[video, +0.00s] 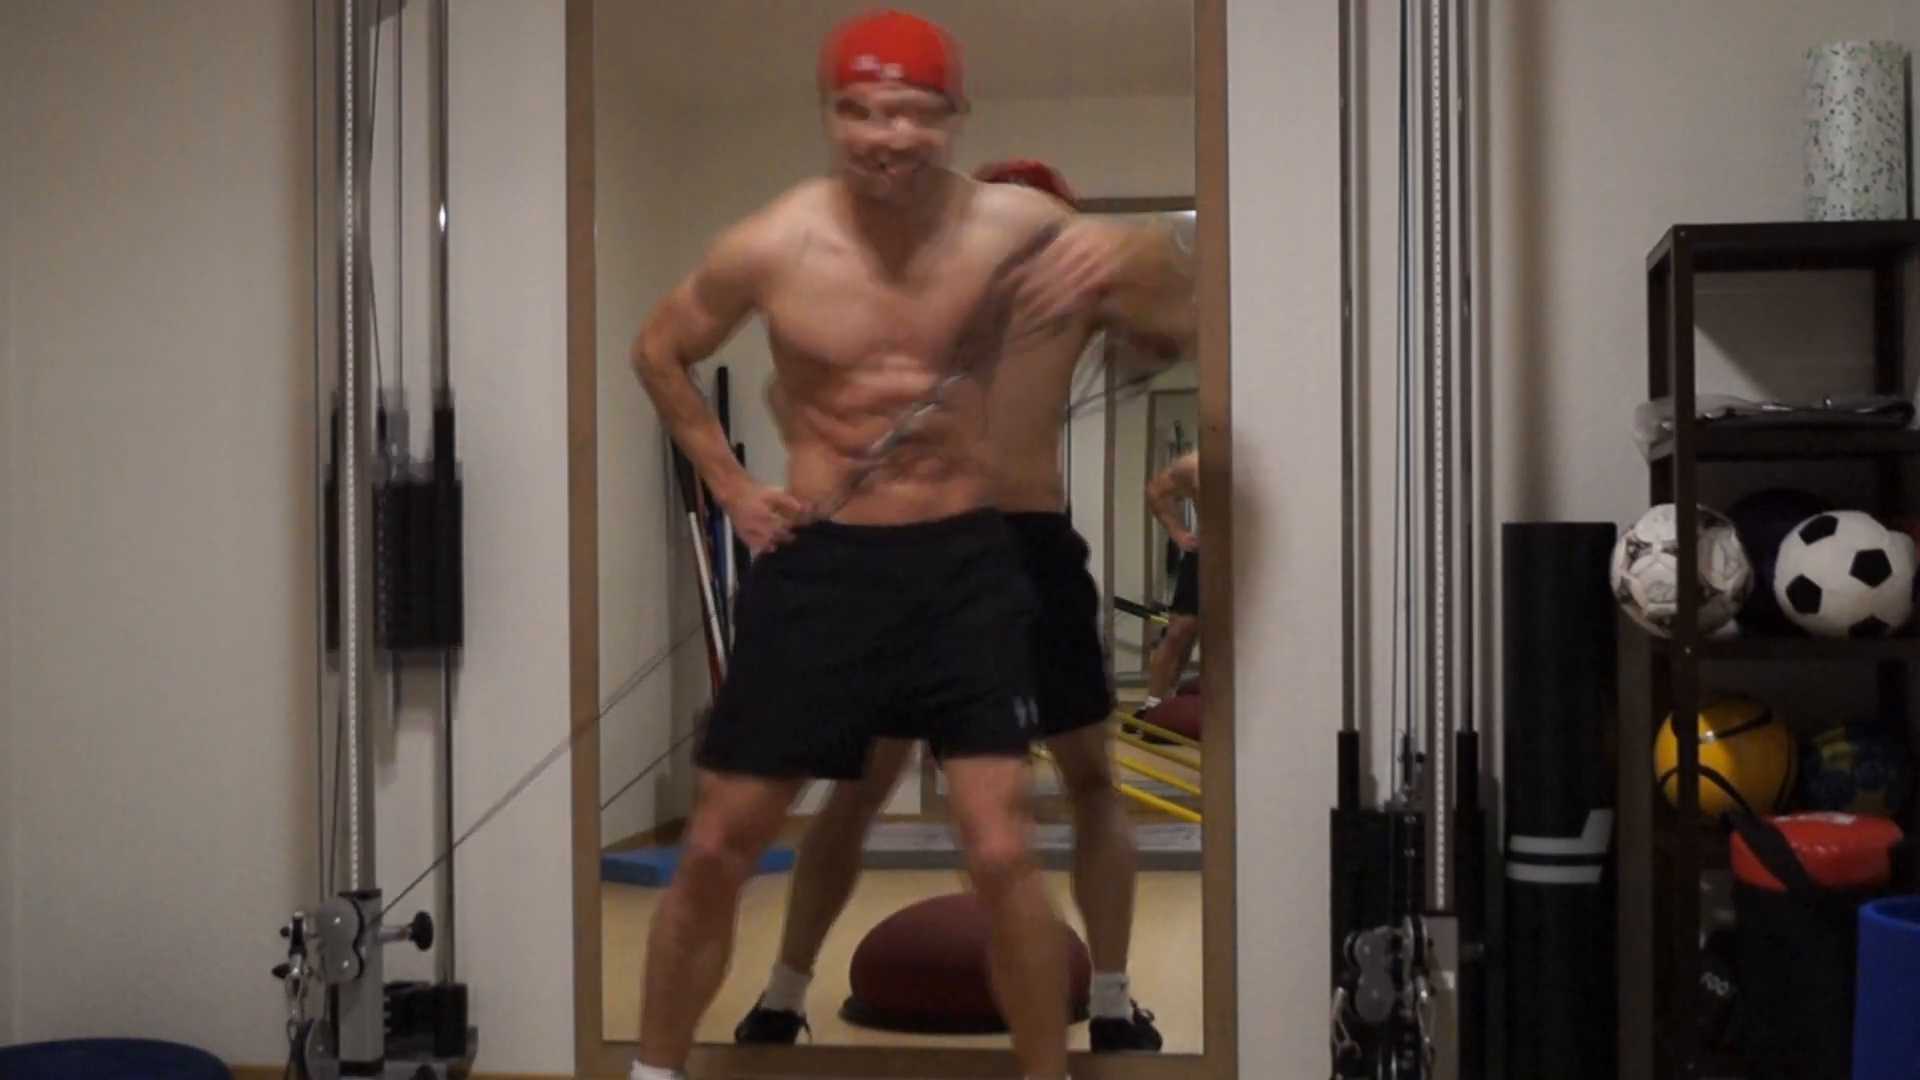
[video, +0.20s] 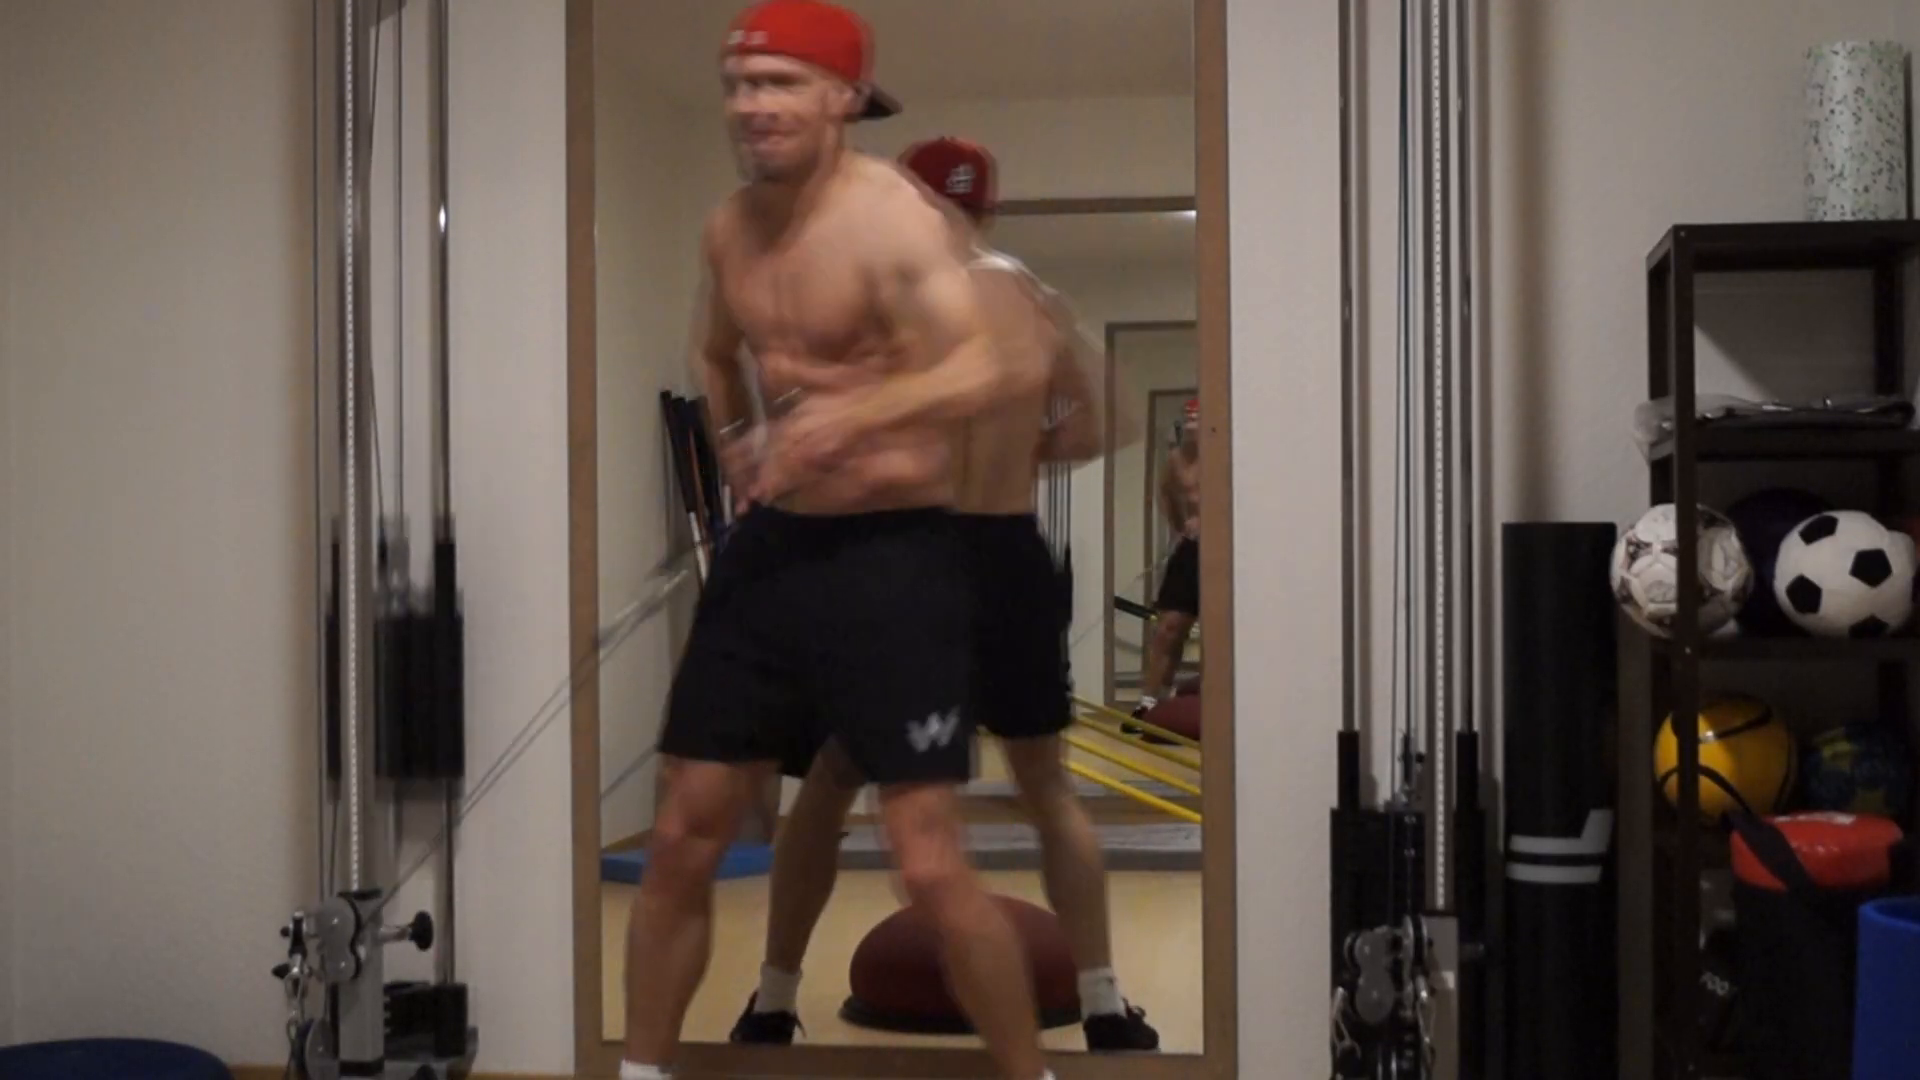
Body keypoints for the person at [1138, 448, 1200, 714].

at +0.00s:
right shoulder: (1199, 465)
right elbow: (1156, 491)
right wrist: (1179, 533)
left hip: (1224, 556)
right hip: (1202, 552)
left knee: (1192, 631)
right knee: (1181, 629)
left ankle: (1167, 695)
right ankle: (1154, 699)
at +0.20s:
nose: (1195, 430)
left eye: (1201, 422)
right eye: (1191, 422)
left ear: (1212, 426)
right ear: (1184, 426)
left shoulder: (1223, 460)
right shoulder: (1177, 460)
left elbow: (1234, 501)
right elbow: (1166, 495)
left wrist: (1209, 521)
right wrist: (1180, 525)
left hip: (1223, 548)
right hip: (1191, 546)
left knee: (1220, 628)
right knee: (1171, 624)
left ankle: (1214, 702)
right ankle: (1150, 698)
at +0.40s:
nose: (1175, 428)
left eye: (1182, 422)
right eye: (1173, 422)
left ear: (1200, 426)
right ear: (1174, 427)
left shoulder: (1199, 460)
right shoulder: (1188, 460)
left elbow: (1195, 520)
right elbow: (1192, 519)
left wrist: (1153, 542)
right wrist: (1158, 543)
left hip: (1201, 549)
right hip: (1188, 548)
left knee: (1165, 624)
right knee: (1164, 624)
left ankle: (1149, 697)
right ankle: (1149, 699)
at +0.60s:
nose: (1180, 434)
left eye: (1186, 427)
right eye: (1180, 428)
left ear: (1205, 430)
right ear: (1188, 433)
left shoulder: (1208, 466)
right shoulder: (1197, 467)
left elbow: (1194, 518)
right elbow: (1189, 520)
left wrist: (1153, 550)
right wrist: (1155, 549)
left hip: (1213, 554)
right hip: (1192, 553)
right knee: (1162, 626)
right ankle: (1148, 700)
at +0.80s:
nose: (1211, 426)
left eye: (1215, 418)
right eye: (1206, 417)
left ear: (1223, 422)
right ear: (1193, 418)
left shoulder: (1226, 460)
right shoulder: (1175, 459)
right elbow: (1148, 512)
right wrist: (1190, 534)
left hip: (1211, 554)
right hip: (1176, 553)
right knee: (1160, 632)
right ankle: (1140, 701)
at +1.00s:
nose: (1177, 424)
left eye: (1185, 419)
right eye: (1173, 418)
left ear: (1198, 424)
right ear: (1167, 421)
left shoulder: (1207, 458)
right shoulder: (1150, 458)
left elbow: (1230, 497)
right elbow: (1109, 491)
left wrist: (1212, 518)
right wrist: (1121, 505)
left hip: (1198, 550)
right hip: (1162, 549)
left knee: (1164, 631)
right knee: (1149, 628)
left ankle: (1149, 696)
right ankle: (1138, 701)